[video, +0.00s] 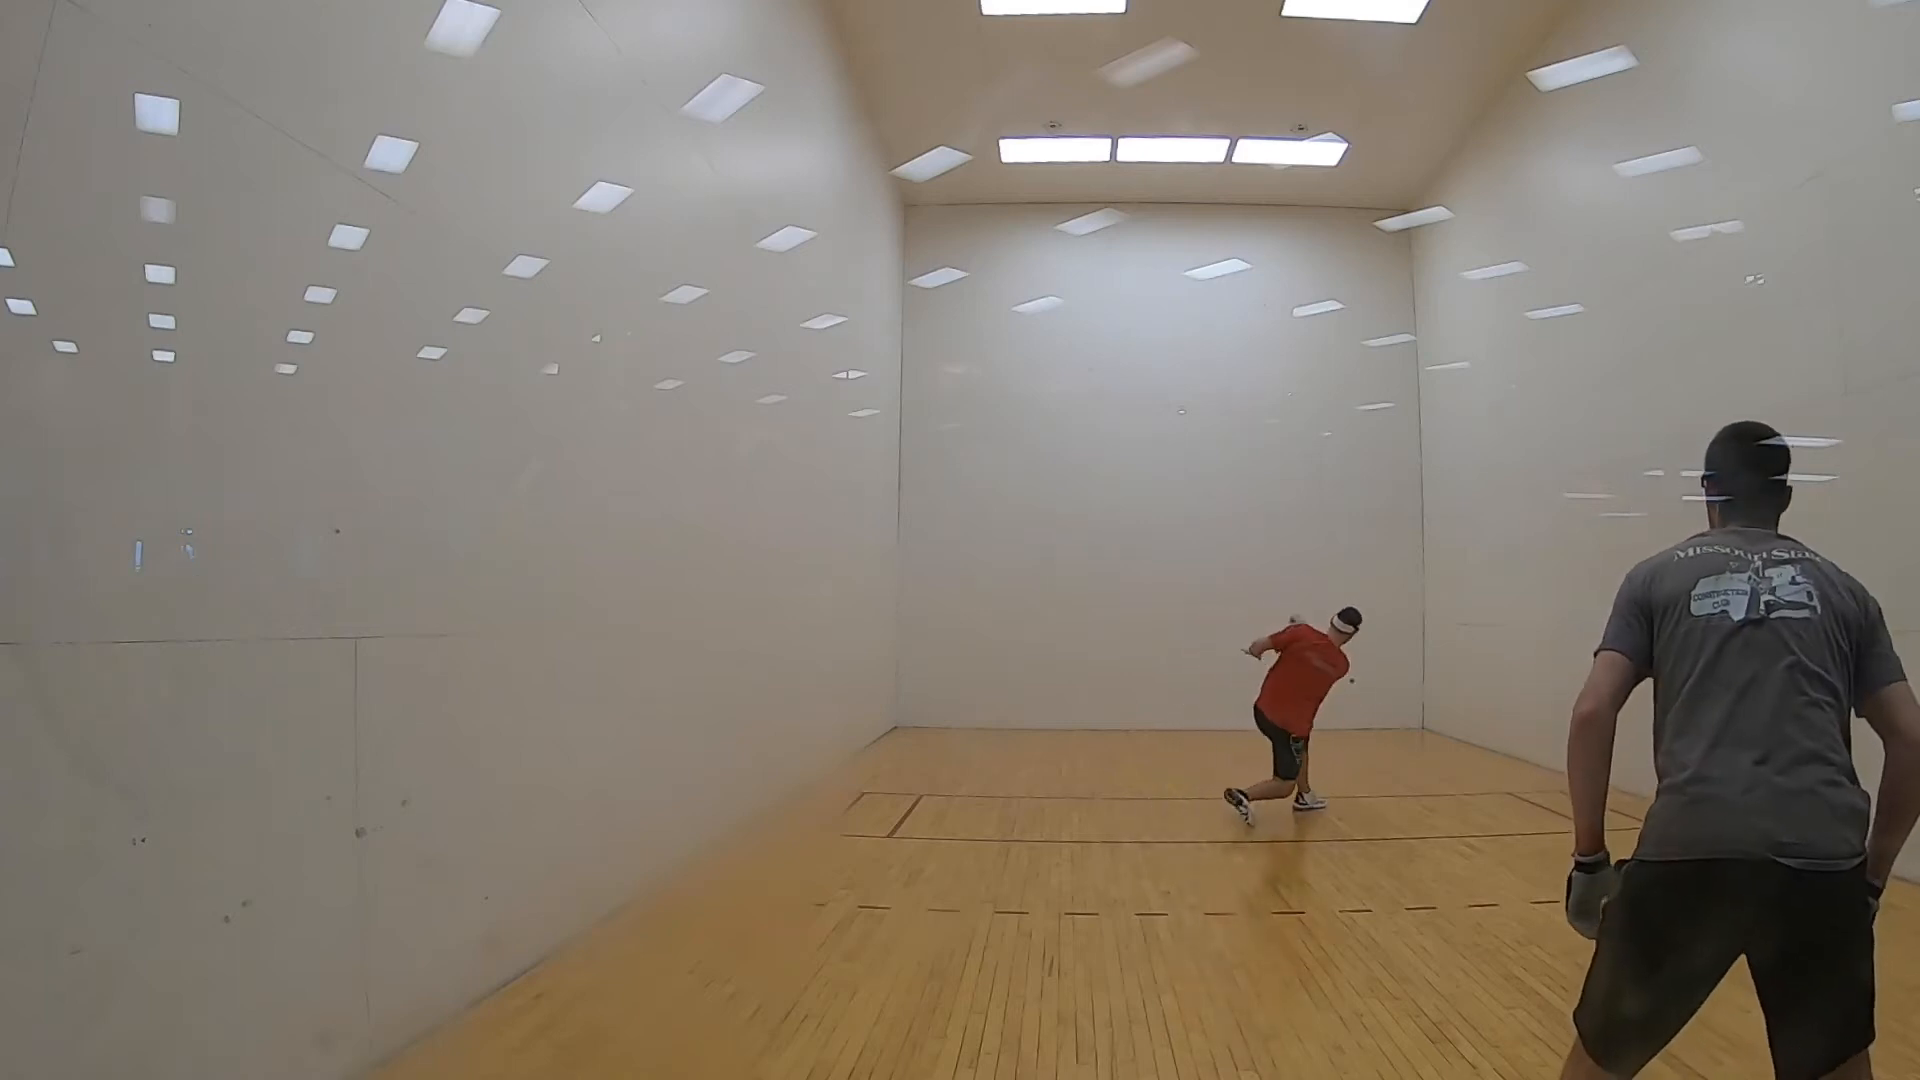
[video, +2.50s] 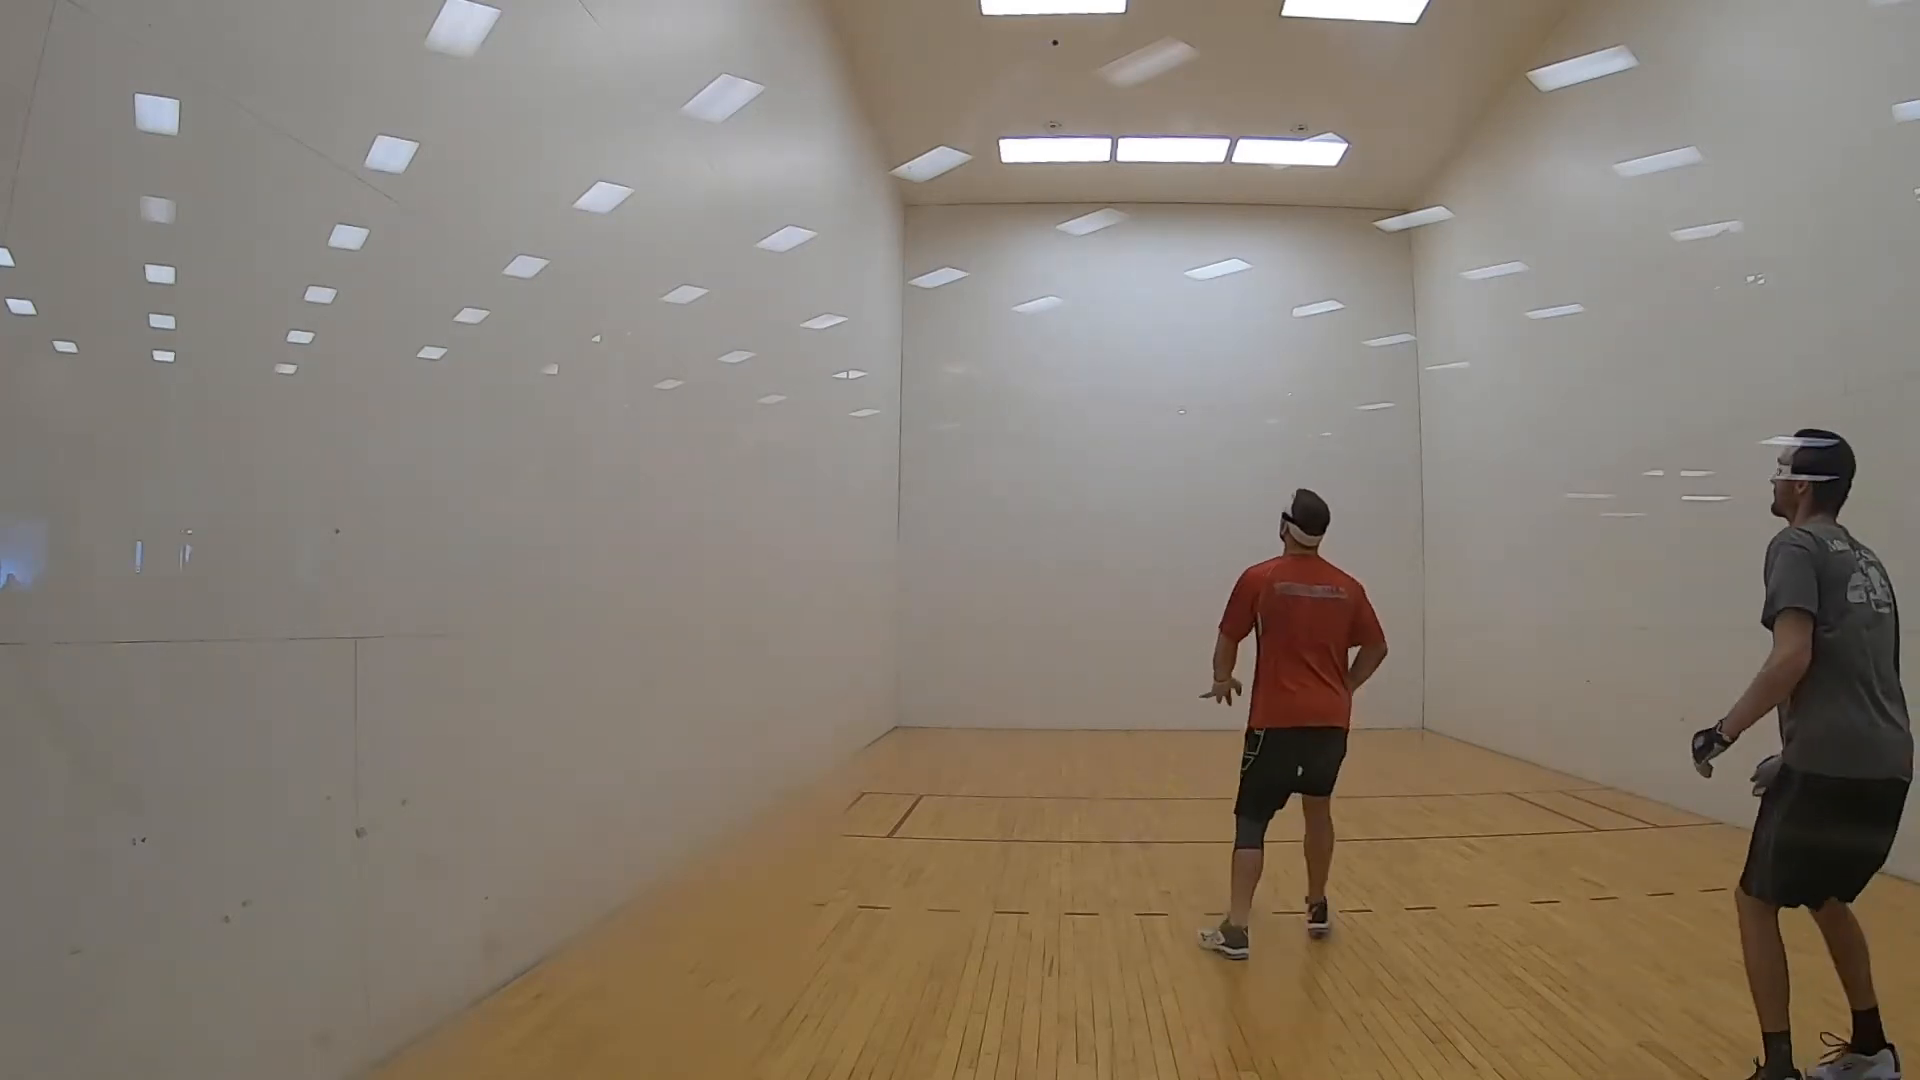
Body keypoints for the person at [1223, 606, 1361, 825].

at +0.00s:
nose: (1350, 637)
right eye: (1352, 633)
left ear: (1330, 622)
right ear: (1351, 636)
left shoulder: (1301, 632)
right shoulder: (1341, 665)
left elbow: (1259, 645)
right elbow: (1324, 651)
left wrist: (1254, 651)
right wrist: (1302, 628)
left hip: (1263, 713)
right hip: (1290, 729)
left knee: (1301, 744)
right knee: (1284, 786)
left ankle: (1304, 795)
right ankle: (1243, 795)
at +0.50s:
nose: (1348, 592)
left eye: (1348, 587)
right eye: (1347, 587)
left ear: (1322, 585)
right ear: (1339, 587)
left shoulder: (1291, 609)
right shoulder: (1344, 623)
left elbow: (1262, 633)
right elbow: (1347, 669)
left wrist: (1246, 662)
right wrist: (1334, 691)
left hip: (1289, 693)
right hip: (1321, 700)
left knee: (1312, 740)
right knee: (1333, 754)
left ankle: (1312, 791)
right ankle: (1314, 786)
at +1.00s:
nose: (1332, 573)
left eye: (1333, 567)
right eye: (1328, 567)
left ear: (1307, 567)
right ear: (1312, 566)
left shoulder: (1274, 591)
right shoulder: (1319, 603)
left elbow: (1252, 626)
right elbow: (1331, 652)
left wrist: (1258, 662)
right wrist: (1343, 670)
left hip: (1270, 684)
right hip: (1304, 688)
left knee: (1271, 747)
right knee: (1314, 752)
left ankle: (1255, 803)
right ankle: (1309, 819)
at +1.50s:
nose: (1231, 573)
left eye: (1223, 569)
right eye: (1237, 567)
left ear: (1217, 572)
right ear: (1245, 569)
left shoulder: (1203, 612)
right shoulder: (1264, 599)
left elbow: (1200, 662)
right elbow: (1297, 622)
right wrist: (1283, 649)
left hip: (1224, 707)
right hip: (1263, 703)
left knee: (1219, 774)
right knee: (1279, 764)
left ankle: (1204, 837)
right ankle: (1285, 837)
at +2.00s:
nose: (1248, 541)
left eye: (1249, 536)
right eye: (1257, 537)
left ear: (1252, 541)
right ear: (1283, 545)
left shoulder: (1226, 583)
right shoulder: (1300, 595)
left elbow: (1186, 626)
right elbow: (1320, 641)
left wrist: (1149, 652)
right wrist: (1284, 644)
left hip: (1226, 701)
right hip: (1272, 708)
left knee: (1213, 774)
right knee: (1264, 789)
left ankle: (1203, 843)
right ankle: (1255, 869)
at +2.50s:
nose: (1281, 527)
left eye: (1283, 522)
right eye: (1290, 523)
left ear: (1286, 528)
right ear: (1324, 534)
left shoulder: (1259, 579)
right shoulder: (1348, 587)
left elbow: (1227, 639)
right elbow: (1376, 648)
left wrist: (1223, 678)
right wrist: (1347, 687)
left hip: (1274, 722)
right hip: (1330, 722)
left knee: (1252, 819)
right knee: (1319, 807)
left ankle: (1236, 929)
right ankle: (1317, 905)